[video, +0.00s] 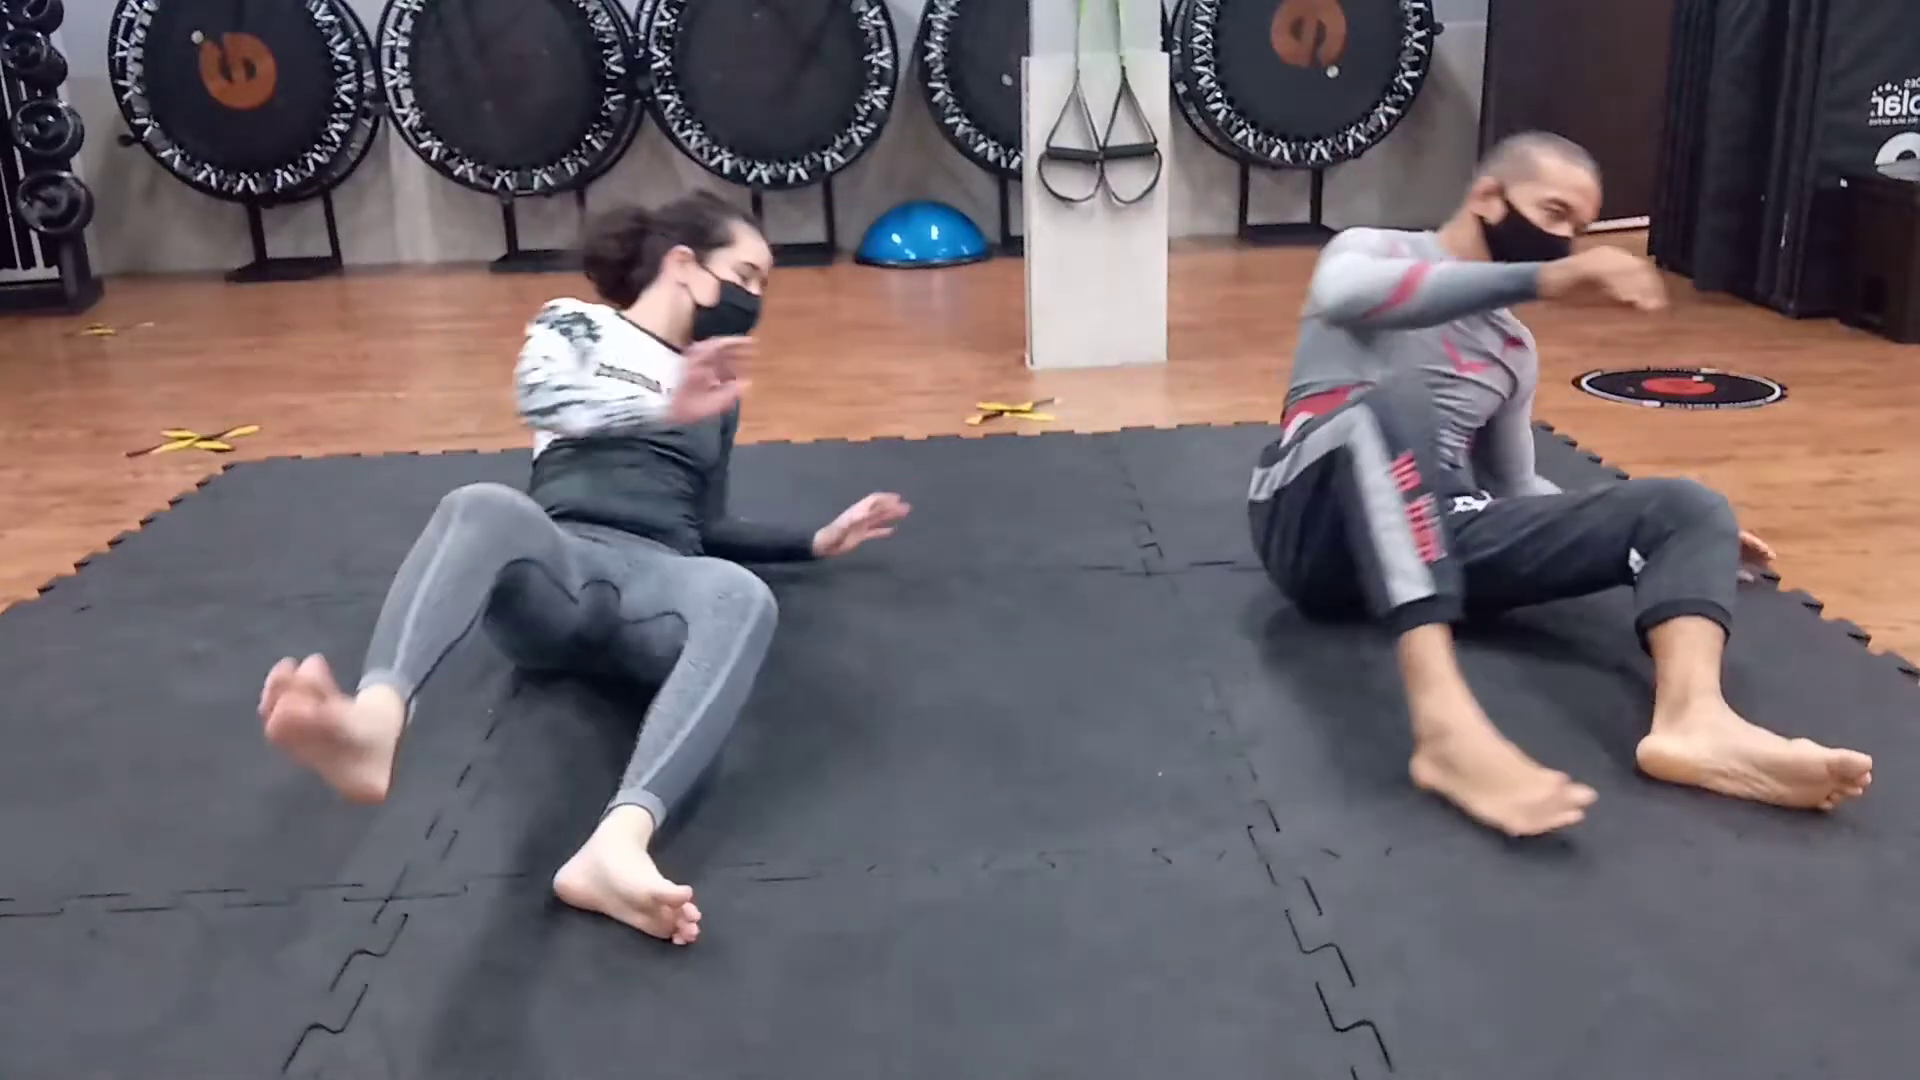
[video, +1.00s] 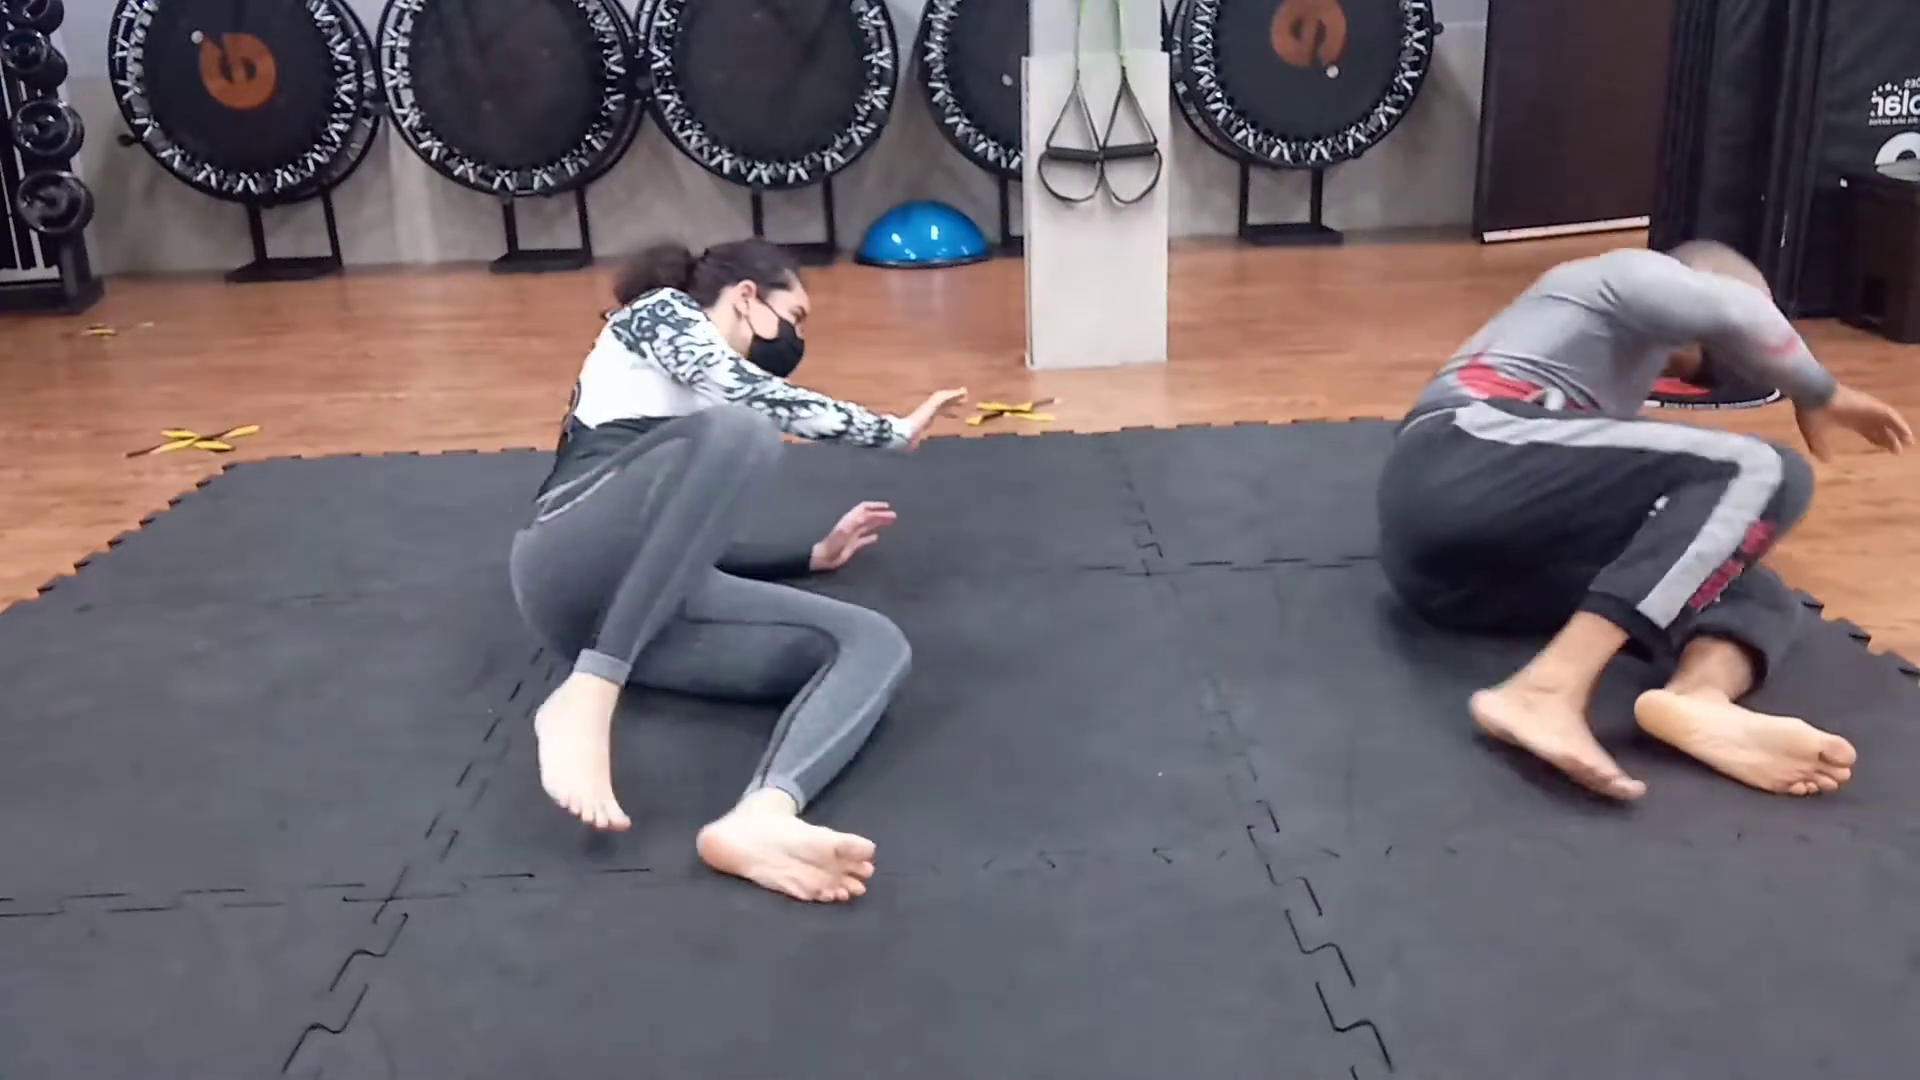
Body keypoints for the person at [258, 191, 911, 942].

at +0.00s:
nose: (754, 300)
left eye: (762, 286)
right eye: (745, 277)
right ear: (682, 263)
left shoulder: (711, 391)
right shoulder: (574, 321)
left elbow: (707, 528)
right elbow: (541, 390)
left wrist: (814, 544)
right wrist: (664, 404)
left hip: (664, 571)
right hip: (562, 547)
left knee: (744, 599)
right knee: (479, 503)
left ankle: (619, 843)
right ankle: (376, 722)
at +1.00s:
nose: (789, 342)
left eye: (796, 331)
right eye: (790, 321)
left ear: (738, 305)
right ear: (743, 294)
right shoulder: (657, 313)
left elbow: (682, 551)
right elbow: (742, 391)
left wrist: (815, 556)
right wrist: (894, 431)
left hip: (647, 606)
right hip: (567, 562)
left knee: (875, 641)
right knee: (738, 431)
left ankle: (764, 810)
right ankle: (587, 697)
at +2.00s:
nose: (783, 430)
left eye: (795, 420)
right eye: (788, 410)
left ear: (750, 377)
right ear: (755, 363)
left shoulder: (663, 424)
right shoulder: (672, 354)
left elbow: (692, 556)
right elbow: (783, 464)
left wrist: (806, 543)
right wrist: (914, 514)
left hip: (465, 622)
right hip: (389, 545)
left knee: (670, 620)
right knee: (554, 480)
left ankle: (689, 796)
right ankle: (452, 779)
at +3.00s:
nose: (500, 287)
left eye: (521, 272)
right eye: (480, 276)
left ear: (564, 284)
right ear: (458, 292)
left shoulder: (587, 412)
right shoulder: (412, 350)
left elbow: (640, 555)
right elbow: (272, 438)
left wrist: (669, 514)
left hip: (489, 581)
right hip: (379, 540)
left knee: (590, 636)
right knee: (258, 552)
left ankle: (657, 819)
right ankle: (145, 848)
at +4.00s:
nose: (144, 299)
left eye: (152, 276)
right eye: (138, 281)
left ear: (224, 262)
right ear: (212, 270)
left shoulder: (340, 337)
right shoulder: (211, 406)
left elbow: (327, 435)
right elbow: (212, 549)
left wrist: (163, 410)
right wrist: (78, 566)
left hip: (381, 581)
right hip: (261, 618)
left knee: (269, 588)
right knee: (73, 691)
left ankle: (378, 841)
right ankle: (130, 908)